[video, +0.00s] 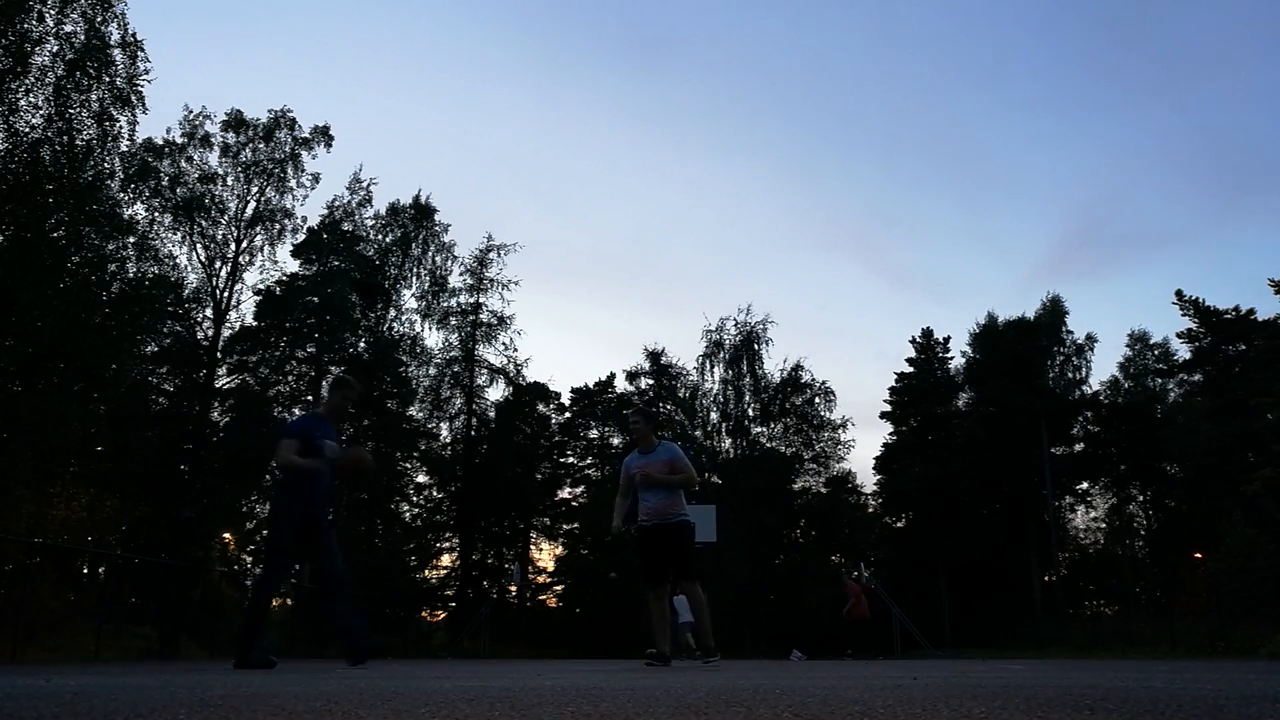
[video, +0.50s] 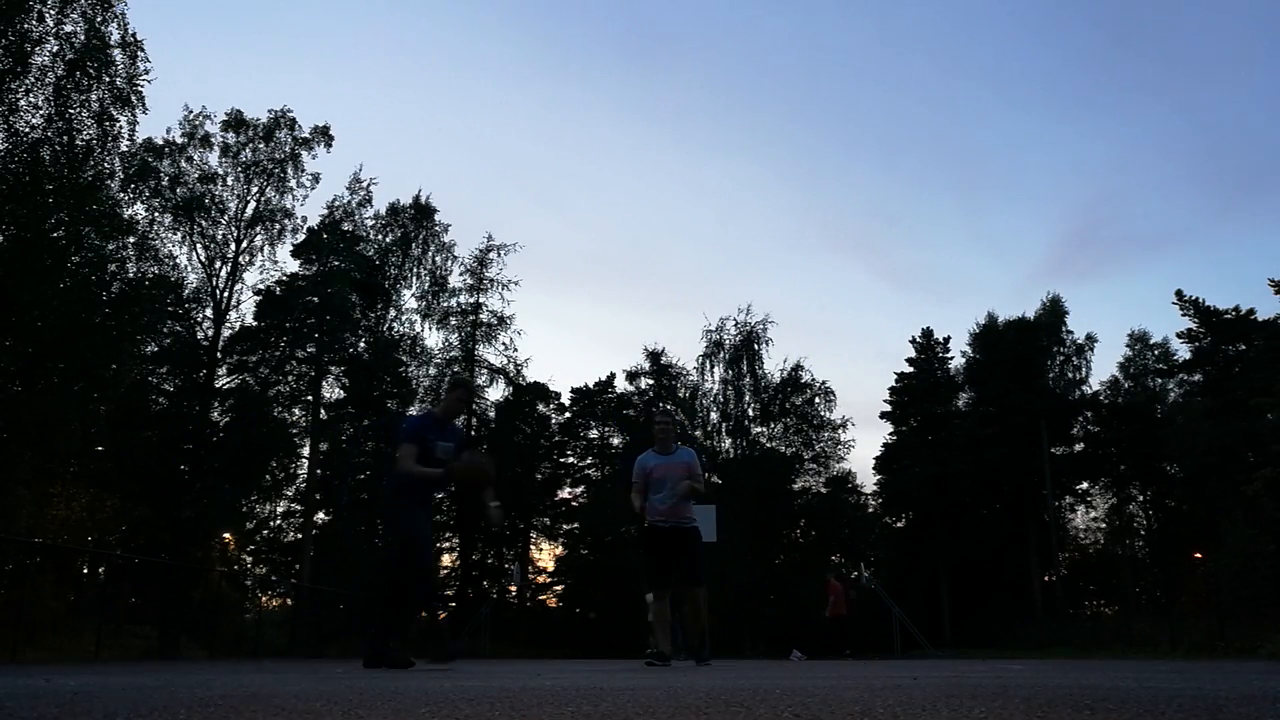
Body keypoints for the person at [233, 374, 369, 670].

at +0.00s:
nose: (345, 407)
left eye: (349, 402)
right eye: (343, 400)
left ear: (347, 403)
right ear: (331, 395)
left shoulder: (332, 433)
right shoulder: (303, 424)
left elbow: (325, 469)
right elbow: (284, 457)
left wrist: (352, 462)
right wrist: (322, 465)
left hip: (316, 514)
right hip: (290, 513)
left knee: (331, 579)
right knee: (271, 579)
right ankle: (248, 651)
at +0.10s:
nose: (372, 414)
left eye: (376, 409)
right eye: (370, 407)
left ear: (373, 411)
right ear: (357, 401)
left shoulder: (353, 438)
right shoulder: (328, 426)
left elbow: (339, 478)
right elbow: (314, 469)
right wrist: (350, 498)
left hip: (335, 513)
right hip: (313, 511)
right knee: (289, 579)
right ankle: (254, 649)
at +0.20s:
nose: (398, 417)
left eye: (400, 412)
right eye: (396, 411)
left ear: (386, 408)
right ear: (384, 406)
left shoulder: (375, 439)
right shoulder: (354, 432)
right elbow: (338, 472)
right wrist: (367, 503)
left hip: (361, 522)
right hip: (346, 521)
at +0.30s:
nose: (419, 416)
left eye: (423, 412)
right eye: (418, 410)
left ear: (421, 412)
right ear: (406, 405)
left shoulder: (406, 438)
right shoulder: (375, 429)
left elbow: (393, 477)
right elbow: (361, 469)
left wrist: (403, 499)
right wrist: (396, 496)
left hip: (387, 519)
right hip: (365, 517)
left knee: (394, 581)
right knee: (377, 582)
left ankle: (387, 651)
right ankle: (375, 652)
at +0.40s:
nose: (441, 410)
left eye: (445, 406)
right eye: (439, 403)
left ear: (444, 407)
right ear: (426, 396)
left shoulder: (427, 434)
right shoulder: (396, 423)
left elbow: (434, 470)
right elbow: (381, 463)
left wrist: (448, 495)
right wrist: (415, 483)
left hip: (402, 509)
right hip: (381, 508)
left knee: (401, 576)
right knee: (390, 575)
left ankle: (390, 649)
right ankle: (378, 651)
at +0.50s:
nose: (459, 407)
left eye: (465, 404)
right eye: (457, 400)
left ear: (465, 406)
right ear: (445, 395)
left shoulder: (458, 435)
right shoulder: (416, 425)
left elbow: (466, 472)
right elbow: (405, 466)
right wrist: (445, 473)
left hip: (425, 509)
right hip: (402, 506)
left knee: (412, 575)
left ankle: (389, 648)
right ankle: (382, 649)